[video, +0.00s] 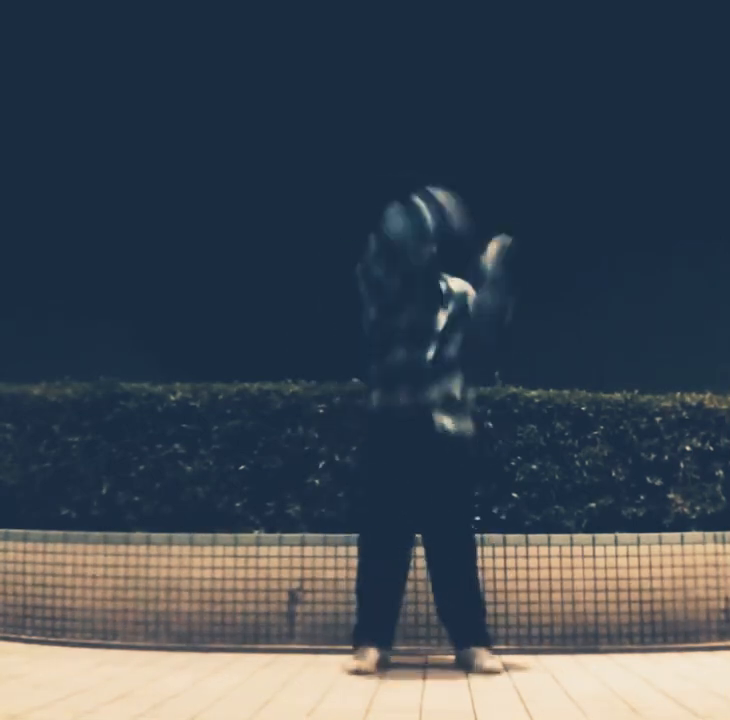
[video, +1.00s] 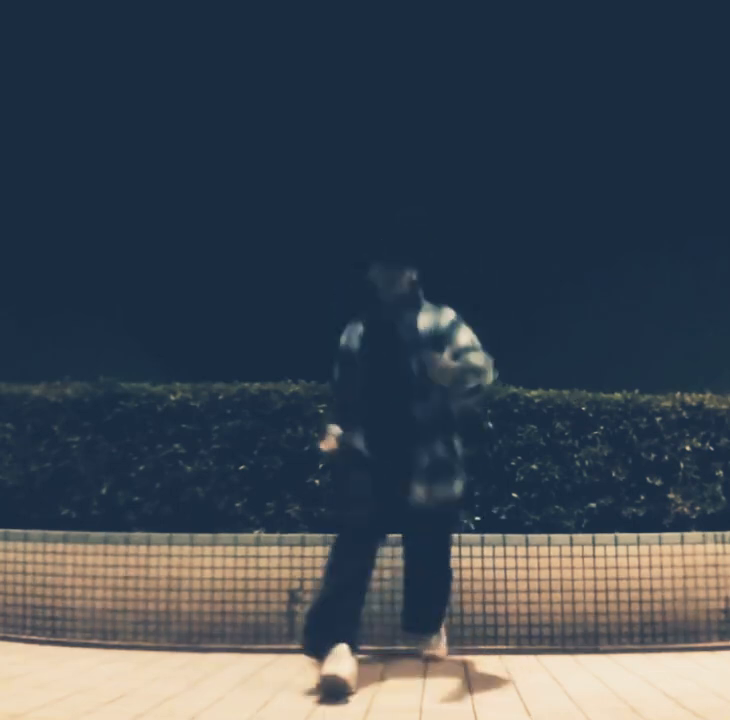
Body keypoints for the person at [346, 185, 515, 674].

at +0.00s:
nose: (409, 251)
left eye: (419, 240)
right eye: (401, 240)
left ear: (437, 242)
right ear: (389, 242)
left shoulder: (458, 292)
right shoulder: (379, 292)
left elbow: (489, 328)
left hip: (448, 427)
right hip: (390, 427)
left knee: (453, 536)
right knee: (383, 536)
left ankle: (471, 643)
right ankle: (371, 642)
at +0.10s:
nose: (427, 245)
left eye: (436, 236)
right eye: (417, 235)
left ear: (450, 239)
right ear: (399, 240)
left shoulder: (466, 278)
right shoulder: (383, 279)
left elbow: (497, 250)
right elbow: (365, 227)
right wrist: (390, 195)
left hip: (449, 415)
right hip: (390, 413)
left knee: (451, 528)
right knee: (382, 529)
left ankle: (472, 643)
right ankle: (372, 642)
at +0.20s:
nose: (426, 250)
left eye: (434, 242)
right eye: (416, 241)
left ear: (448, 248)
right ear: (401, 247)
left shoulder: (460, 291)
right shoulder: (384, 288)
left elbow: (488, 269)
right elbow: (356, 325)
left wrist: (457, 247)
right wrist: (363, 267)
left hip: (451, 426)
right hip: (391, 428)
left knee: (456, 532)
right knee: (382, 532)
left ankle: (471, 643)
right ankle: (372, 643)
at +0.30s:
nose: (412, 255)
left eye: (420, 245)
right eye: (402, 244)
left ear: (433, 247)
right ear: (386, 246)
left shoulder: (462, 291)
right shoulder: (368, 294)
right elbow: (358, 360)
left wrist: (462, 309)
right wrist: (376, 304)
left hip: (454, 431)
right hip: (391, 434)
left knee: (460, 535)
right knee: (383, 536)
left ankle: (471, 644)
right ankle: (372, 645)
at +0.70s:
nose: (412, 258)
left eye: (421, 248)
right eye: (402, 248)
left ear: (434, 233)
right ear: (388, 236)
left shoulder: (460, 262)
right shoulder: (368, 265)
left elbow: (489, 303)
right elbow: (335, 325)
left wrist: (461, 325)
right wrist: (368, 336)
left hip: (451, 418)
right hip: (383, 417)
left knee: (460, 516)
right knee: (376, 517)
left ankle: (447, 622)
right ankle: (372, 627)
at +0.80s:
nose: (405, 265)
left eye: (414, 256)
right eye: (397, 256)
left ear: (430, 251)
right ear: (383, 254)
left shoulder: (454, 293)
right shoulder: (364, 297)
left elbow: (473, 359)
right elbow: (344, 360)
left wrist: (448, 354)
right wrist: (350, 381)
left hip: (444, 431)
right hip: (379, 431)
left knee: (442, 525)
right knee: (370, 511)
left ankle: (431, 626)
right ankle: (385, 595)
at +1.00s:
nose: (393, 281)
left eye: (400, 272)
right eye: (384, 272)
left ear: (414, 274)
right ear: (371, 276)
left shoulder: (442, 321)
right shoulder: (357, 332)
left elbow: (482, 370)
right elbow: (341, 393)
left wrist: (448, 370)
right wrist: (334, 429)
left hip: (431, 466)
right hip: (371, 466)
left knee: (430, 550)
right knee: (352, 550)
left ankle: (430, 629)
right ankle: (336, 649)